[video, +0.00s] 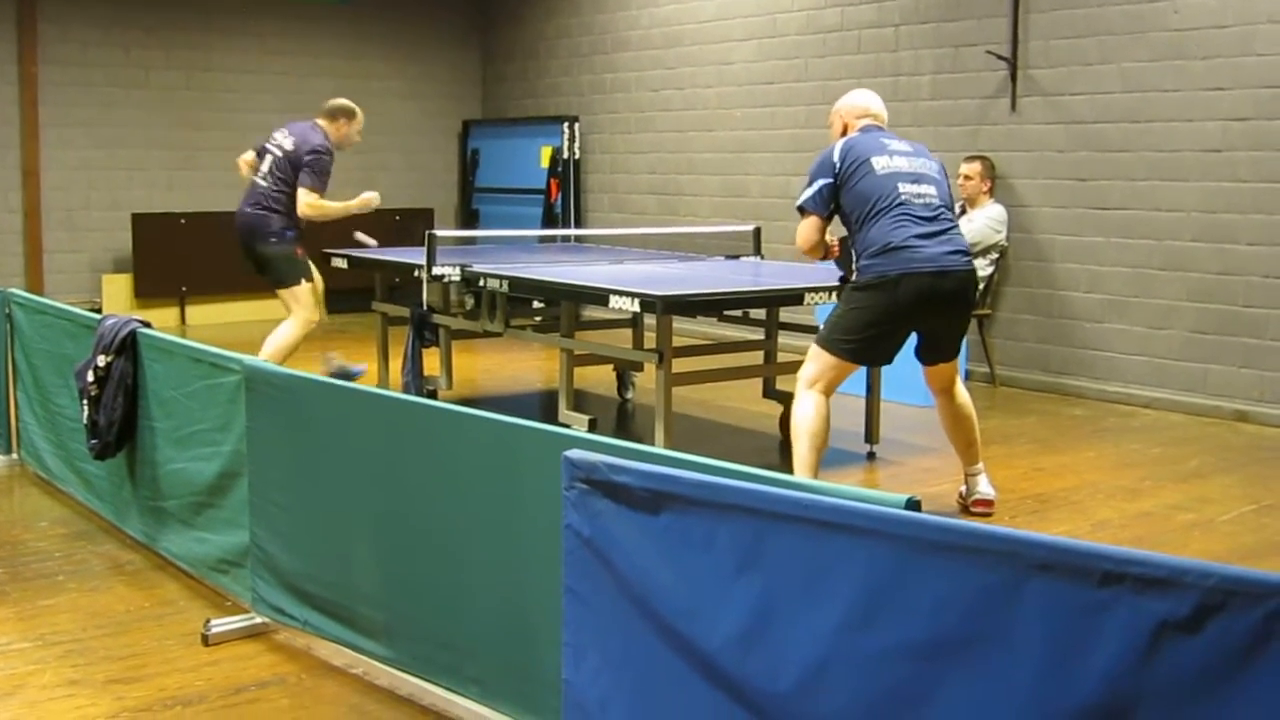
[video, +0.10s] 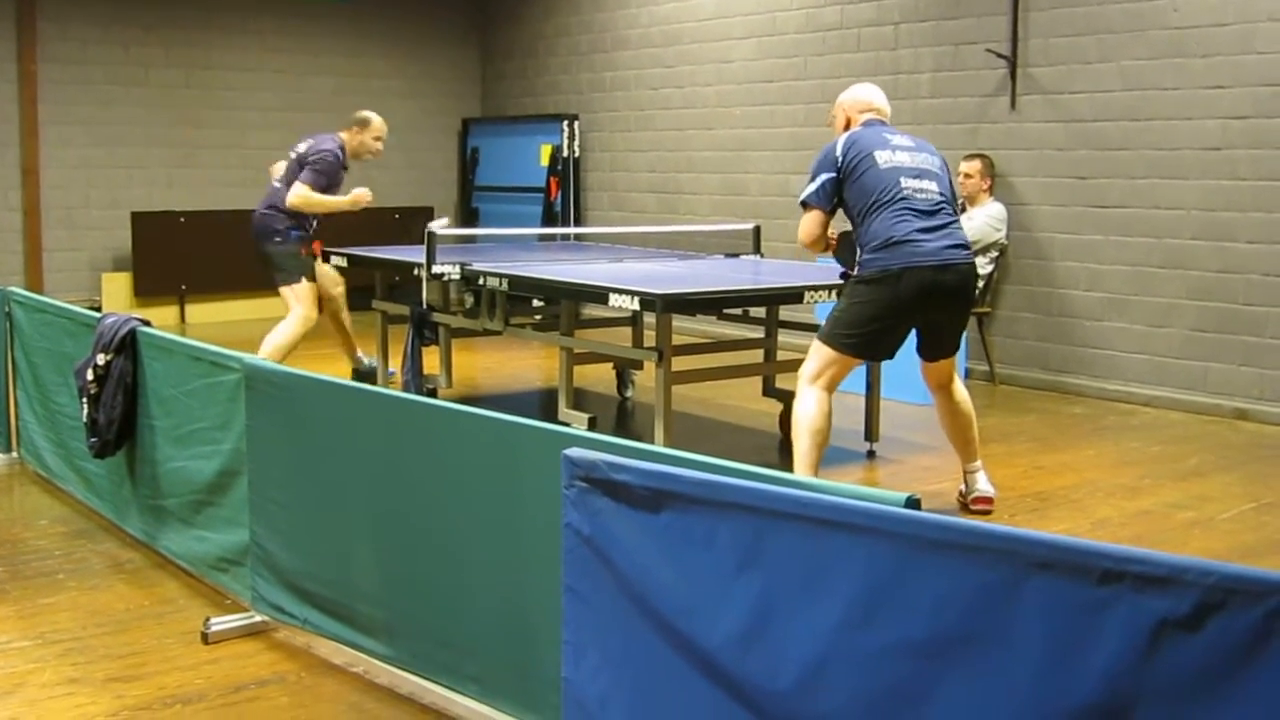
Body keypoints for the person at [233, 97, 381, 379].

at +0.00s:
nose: (357, 139)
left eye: (359, 132)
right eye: (357, 131)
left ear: (336, 122)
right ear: (341, 124)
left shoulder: (292, 130)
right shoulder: (319, 148)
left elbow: (246, 161)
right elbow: (308, 208)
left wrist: (273, 194)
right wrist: (355, 205)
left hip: (254, 219)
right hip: (270, 225)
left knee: (314, 284)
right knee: (305, 315)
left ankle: (329, 360)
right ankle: (254, 379)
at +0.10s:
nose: (380, 148)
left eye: (382, 141)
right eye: (377, 139)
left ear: (354, 133)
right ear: (356, 132)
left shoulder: (321, 143)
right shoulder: (330, 156)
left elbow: (278, 170)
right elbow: (296, 199)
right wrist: (347, 202)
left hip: (280, 226)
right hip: (280, 229)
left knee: (333, 286)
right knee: (303, 314)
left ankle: (359, 364)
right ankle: (253, 378)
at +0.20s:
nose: (395, 148)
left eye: (399, 142)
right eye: (392, 139)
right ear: (371, 132)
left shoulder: (361, 163)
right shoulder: (338, 153)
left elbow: (334, 201)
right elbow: (288, 185)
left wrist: (335, 228)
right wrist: (327, 199)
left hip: (314, 234)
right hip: (290, 228)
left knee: (355, 278)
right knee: (290, 299)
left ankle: (361, 362)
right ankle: (253, 369)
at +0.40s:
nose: (405, 124)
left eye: (409, 119)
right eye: (401, 116)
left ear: (408, 121)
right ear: (381, 111)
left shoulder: (385, 148)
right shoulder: (344, 134)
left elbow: (376, 188)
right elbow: (300, 170)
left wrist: (384, 228)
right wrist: (333, 198)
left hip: (341, 217)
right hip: (302, 211)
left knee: (370, 278)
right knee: (286, 285)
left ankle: (360, 358)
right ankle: (245, 352)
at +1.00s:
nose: (381, 119)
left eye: (383, 113)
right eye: (375, 112)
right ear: (354, 112)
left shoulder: (372, 146)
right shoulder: (324, 141)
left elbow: (386, 185)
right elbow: (305, 194)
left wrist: (403, 205)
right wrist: (352, 205)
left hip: (351, 219)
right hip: (310, 218)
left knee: (392, 270)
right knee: (286, 289)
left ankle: (408, 346)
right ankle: (261, 344)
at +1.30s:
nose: (424, 131)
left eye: (425, 126)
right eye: (420, 125)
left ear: (403, 125)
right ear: (399, 123)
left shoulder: (400, 155)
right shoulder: (361, 146)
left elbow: (400, 192)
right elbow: (325, 185)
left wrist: (442, 209)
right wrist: (358, 212)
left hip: (367, 220)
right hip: (327, 217)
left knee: (412, 266)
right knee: (299, 286)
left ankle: (410, 342)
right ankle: (260, 342)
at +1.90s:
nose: (400, 98)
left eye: (404, 93)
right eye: (394, 91)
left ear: (405, 97)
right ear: (376, 92)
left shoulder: (400, 133)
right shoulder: (348, 121)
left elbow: (418, 183)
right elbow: (308, 158)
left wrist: (448, 195)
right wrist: (340, 180)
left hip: (374, 207)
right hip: (331, 205)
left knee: (409, 262)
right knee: (302, 271)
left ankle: (410, 338)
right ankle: (276, 335)